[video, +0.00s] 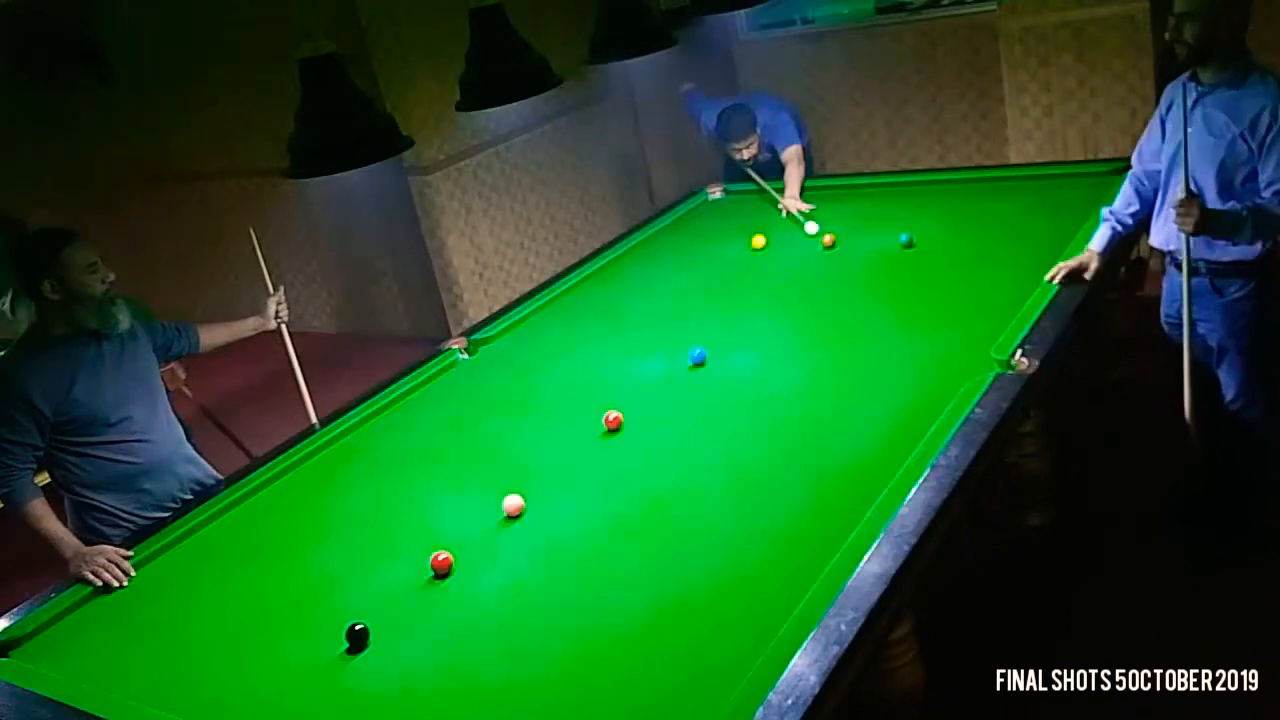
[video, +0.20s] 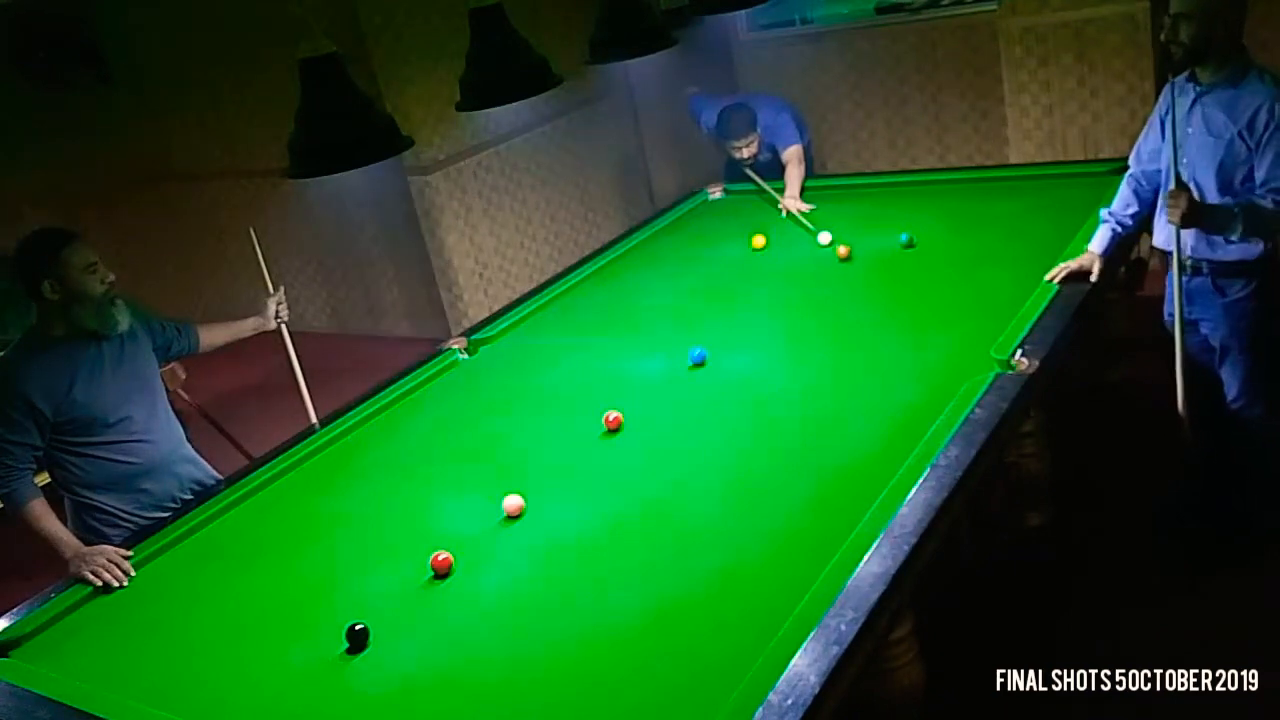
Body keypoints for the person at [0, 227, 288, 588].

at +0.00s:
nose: (110, 276)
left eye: (103, 265)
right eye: (91, 270)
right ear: (52, 290)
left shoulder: (130, 328)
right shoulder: (25, 371)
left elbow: (188, 338)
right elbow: (13, 476)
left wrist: (261, 321)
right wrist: (74, 552)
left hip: (206, 504)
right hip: (130, 544)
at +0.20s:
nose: (110, 277)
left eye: (102, 265)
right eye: (91, 270)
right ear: (51, 290)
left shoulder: (131, 327)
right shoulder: (25, 373)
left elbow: (188, 338)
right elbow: (13, 477)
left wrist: (260, 321)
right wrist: (75, 552)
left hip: (206, 504)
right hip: (130, 545)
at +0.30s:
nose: (110, 277)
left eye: (102, 266)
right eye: (91, 270)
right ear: (50, 291)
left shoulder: (131, 325)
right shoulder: (25, 373)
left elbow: (187, 338)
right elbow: (13, 477)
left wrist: (261, 321)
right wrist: (75, 552)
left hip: (206, 503)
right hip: (129, 543)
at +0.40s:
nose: (109, 278)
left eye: (102, 267)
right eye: (90, 271)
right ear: (49, 291)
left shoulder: (129, 324)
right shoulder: (25, 373)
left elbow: (187, 338)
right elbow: (13, 477)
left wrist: (261, 321)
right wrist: (75, 552)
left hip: (205, 502)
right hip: (129, 543)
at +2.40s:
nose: (113, 274)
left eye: (106, 263)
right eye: (95, 267)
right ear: (58, 286)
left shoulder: (126, 321)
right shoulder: (29, 366)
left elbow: (169, 347)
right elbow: (18, 472)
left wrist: (249, 334)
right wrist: (73, 550)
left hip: (201, 495)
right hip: (130, 533)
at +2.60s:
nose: (121, 264)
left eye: (114, 254)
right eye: (105, 259)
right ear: (69, 276)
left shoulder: (122, 313)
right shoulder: (42, 358)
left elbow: (157, 369)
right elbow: (28, 464)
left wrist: (239, 376)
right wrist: (80, 544)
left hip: (204, 487)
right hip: (143, 525)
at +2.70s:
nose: (129, 259)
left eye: (122, 249)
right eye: (113, 253)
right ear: (78, 270)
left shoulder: (124, 312)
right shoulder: (56, 349)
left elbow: (158, 376)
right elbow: (41, 457)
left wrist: (228, 388)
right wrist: (102, 531)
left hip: (205, 486)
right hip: (152, 521)